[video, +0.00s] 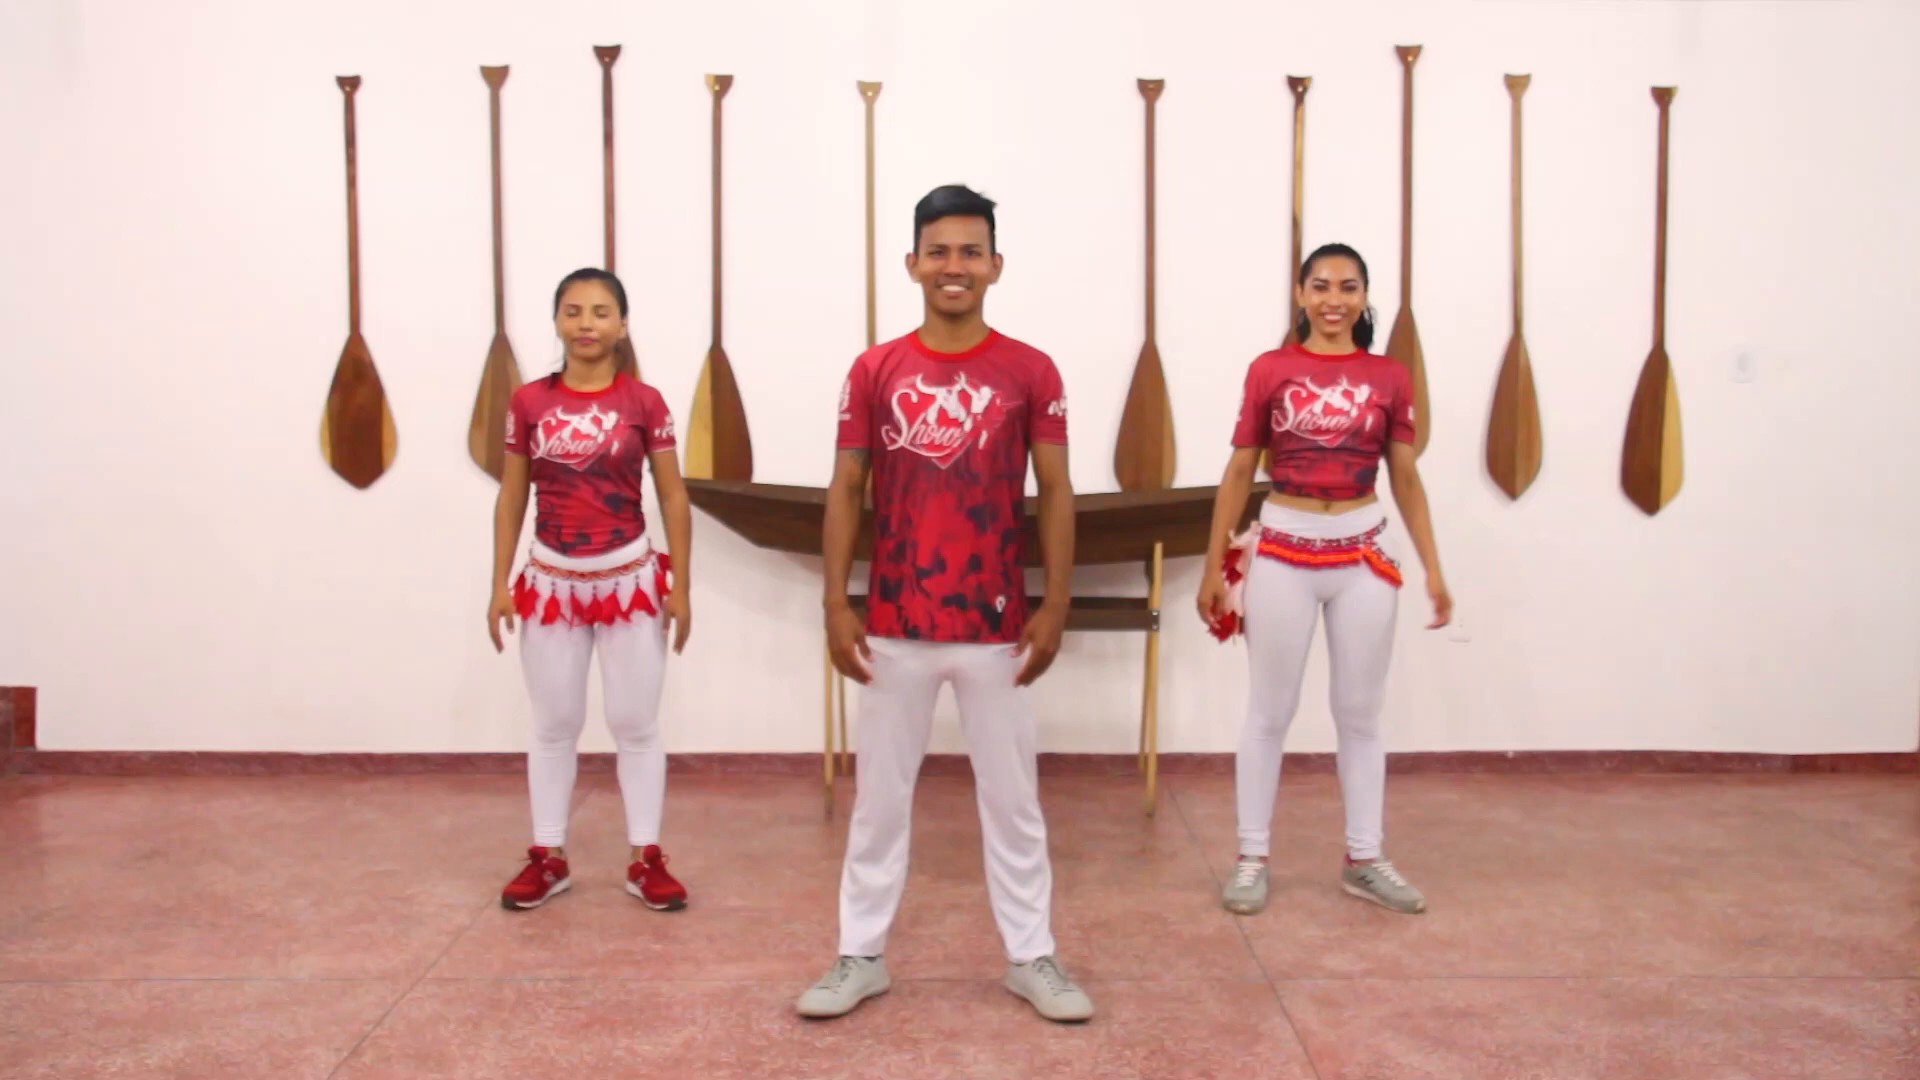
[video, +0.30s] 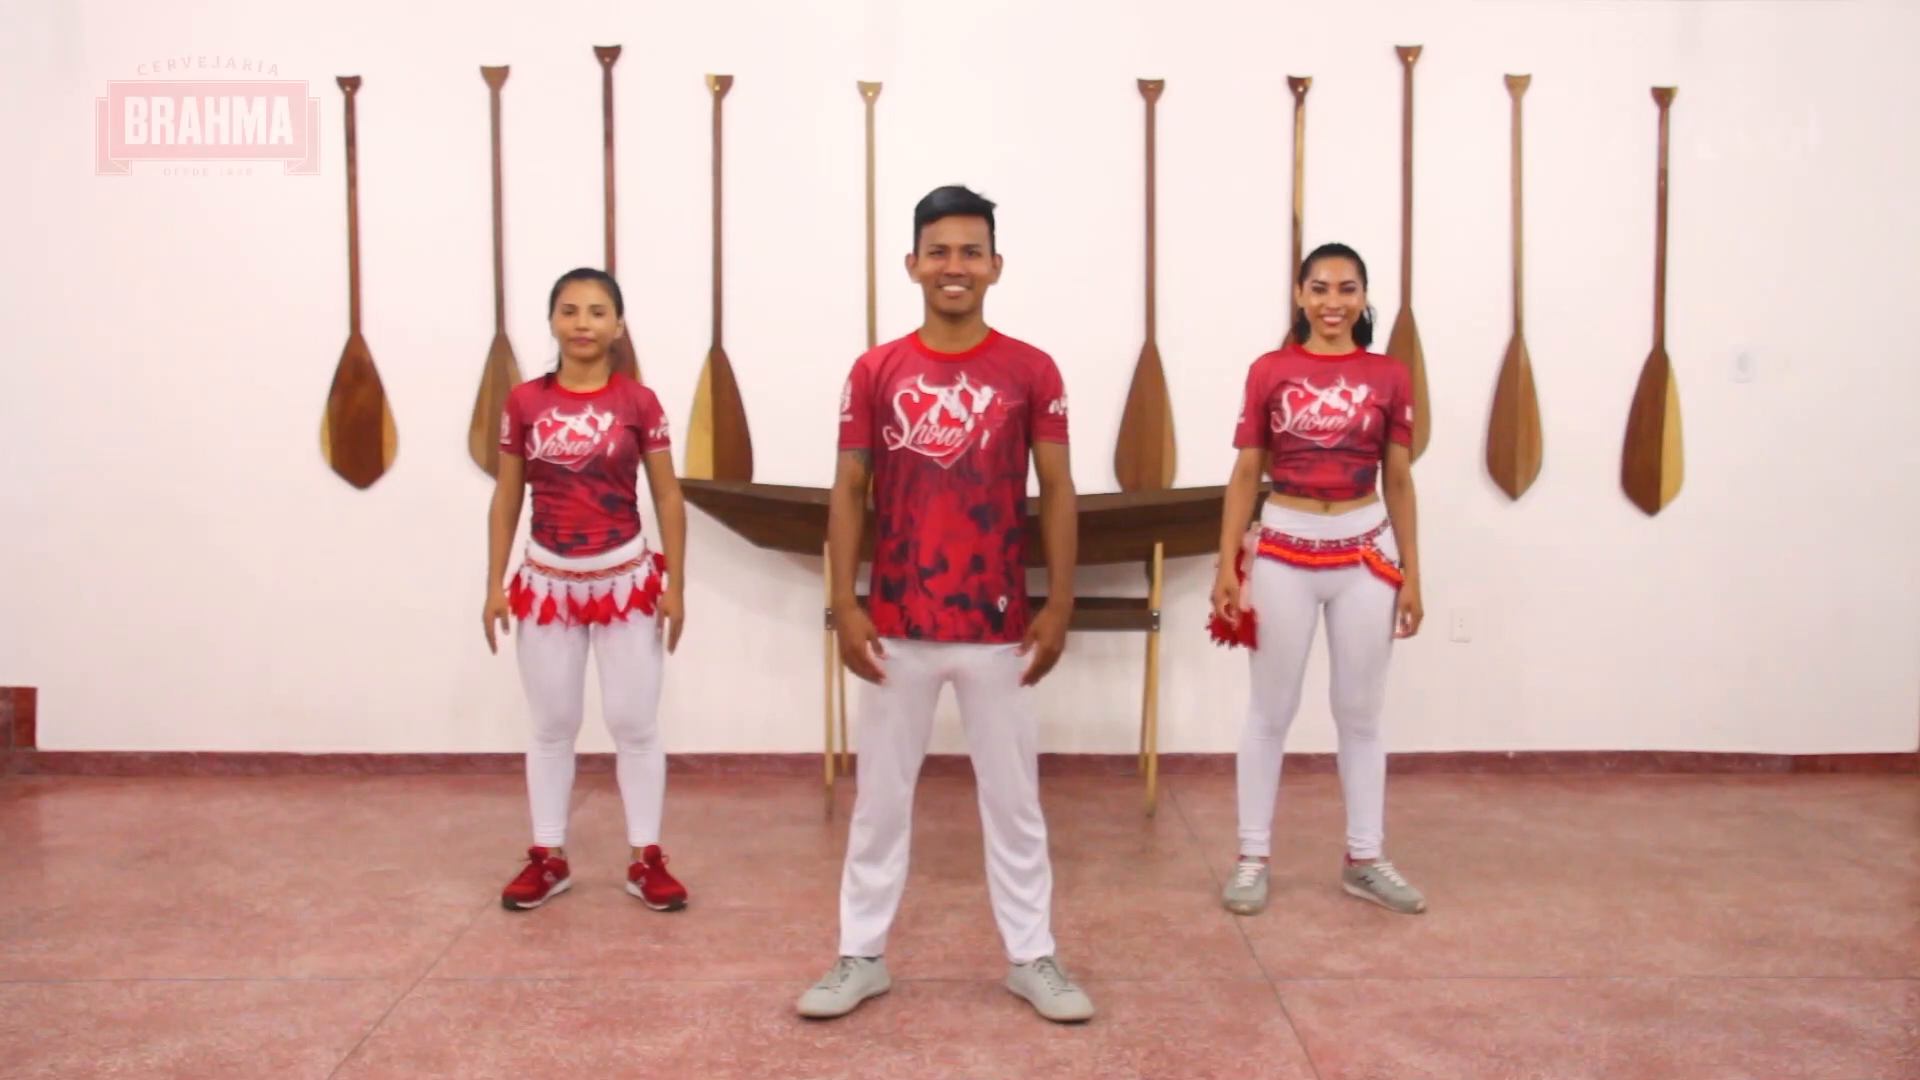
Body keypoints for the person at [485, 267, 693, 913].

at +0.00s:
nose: (587, 322)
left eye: (601, 312)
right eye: (574, 312)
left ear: (622, 324)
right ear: (557, 323)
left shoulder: (643, 401)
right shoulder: (530, 402)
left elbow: (673, 495)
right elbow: (512, 495)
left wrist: (680, 583)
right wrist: (501, 582)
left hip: (631, 579)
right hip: (550, 580)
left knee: (636, 727)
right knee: (554, 726)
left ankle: (647, 857)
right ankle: (547, 856)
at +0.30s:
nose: (584, 321)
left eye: (598, 311)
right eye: (570, 311)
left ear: (618, 325)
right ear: (552, 323)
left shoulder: (638, 400)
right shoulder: (526, 401)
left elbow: (669, 495)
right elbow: (507, 495)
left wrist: (675, 582)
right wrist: (496, 583)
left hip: (627, 578)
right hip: (546, 580)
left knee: (635, 727)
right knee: (551, 726)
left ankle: (647, 858)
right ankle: (547, 856)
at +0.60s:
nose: (581, 322)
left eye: (595, 312)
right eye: (567, 311)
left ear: (615, 325)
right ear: (549, 323)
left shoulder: (634, 400)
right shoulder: (522, 402)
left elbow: (664, 493)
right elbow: (504, 495)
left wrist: (671, 581)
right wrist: (494, 583)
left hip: (625, 578)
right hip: (544, 580)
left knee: (634, 727)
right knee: (551, 727)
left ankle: (647, 858)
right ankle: (547, 856)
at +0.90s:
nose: (579, 323)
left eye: (593, 312)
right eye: (565, 311)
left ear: (613, 324)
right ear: (547, 323)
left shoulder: (633, 400)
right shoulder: (521, 403)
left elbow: (663, 492)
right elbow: (504, 498)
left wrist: (673, 580)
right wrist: (496, 585)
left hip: (624, 578)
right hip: (545, 581)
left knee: (633, 726)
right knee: (551, 726)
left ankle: (648, 858)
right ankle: (548, 856)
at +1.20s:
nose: (579, 323)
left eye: (593, 312)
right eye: (566, 312)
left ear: (613, 324)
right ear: (547, 323)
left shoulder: (633, 400)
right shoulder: (522, 403)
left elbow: (664, 491)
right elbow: (504, 498)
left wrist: (675, 580)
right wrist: (496, 585)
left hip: (626, 578)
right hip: (545, 581)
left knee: (634, 727)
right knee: (551, 728)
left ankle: (649, 861)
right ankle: (547, 858)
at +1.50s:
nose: (580, 322)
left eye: (594, 312)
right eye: (566, 312)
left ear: (614, 324)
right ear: (548, 323)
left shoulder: (634, 400)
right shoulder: (523, 404)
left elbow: (666, 493)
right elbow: (506, 498)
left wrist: (676, 581)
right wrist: (495, 585)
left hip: (627, 579)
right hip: (546, 581)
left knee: (635, 728)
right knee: (551, 728)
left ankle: (648, 861)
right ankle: (548, 858)